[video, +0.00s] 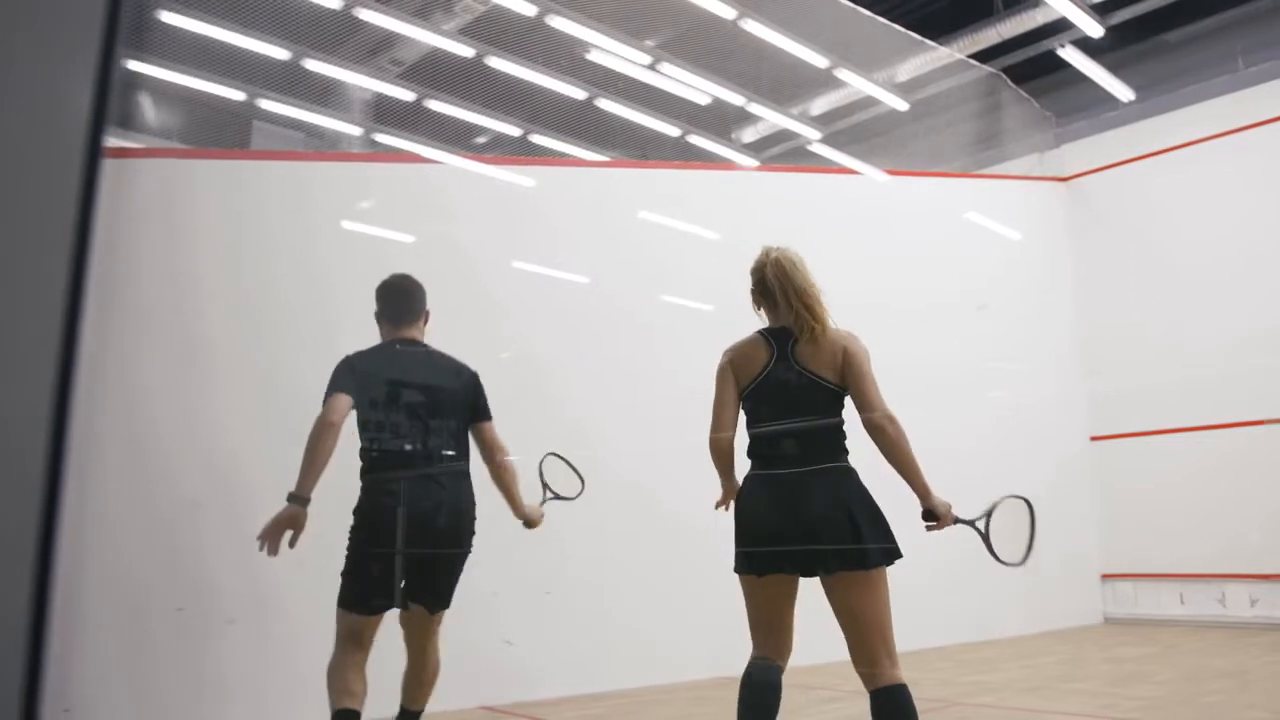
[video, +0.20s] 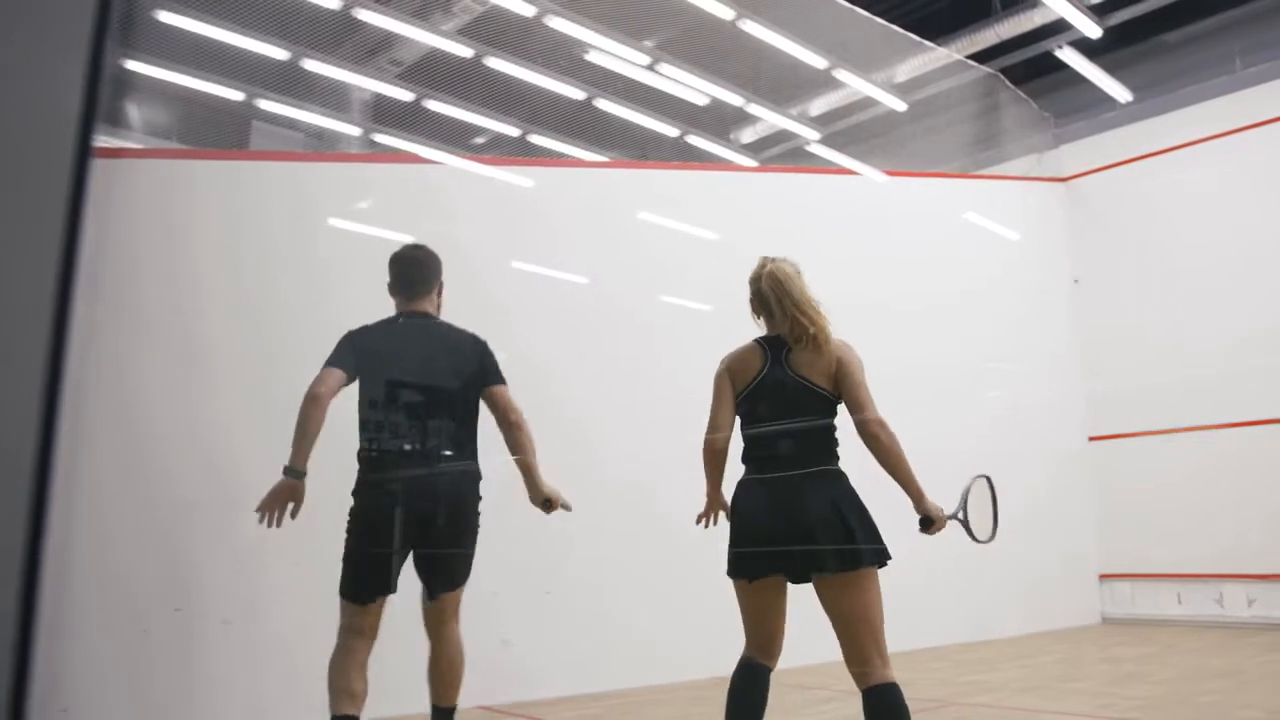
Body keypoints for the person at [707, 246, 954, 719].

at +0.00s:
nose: (759, 300)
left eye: (757, 294)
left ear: (759, 297)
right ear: (809, 289)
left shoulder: (738, 357)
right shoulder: (843, 346)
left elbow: (720, 438)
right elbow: (878, 420)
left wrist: (729, 484)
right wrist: (927, 495)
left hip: (765, 512)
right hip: (838, 506)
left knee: (767, 654)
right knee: (880, 668)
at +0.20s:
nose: (754, 308)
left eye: (753, 302)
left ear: (757, 305)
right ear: (804, 296)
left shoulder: (736, 364)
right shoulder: (837, 354)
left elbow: (716, 438)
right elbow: (871, 427)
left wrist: (714, 492)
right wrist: (920, 498)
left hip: (757, 515)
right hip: (827, 509)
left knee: (758, 651)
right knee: (871, 668)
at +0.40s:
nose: (745, 317)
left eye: (743, 310)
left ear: (742, 315)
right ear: (789, 307)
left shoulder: (718, 374)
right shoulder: (814, 366)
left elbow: (701, 448)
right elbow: (848, 441)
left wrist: (696, 511)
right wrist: (899, 507)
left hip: (739, 522)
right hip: (805, 517)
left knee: (747, 650)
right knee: (856, 665)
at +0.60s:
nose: (763, 316)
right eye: (763, 308)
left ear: (716, 317)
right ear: (763, 313)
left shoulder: (689, 376)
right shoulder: (781, 373)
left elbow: (670, 450)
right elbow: (819, 442)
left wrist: (669, 517)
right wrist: (874, 504)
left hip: (708, 526)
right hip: (772, 520)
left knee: (733, 649)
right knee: (833, 650)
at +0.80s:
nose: (738, 308)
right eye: (737, 300)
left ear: (689, 305)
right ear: (736, 304)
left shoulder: (662, 363)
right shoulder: (756, 362)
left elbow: (641, 437)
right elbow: (802, 429)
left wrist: (636, 497)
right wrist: (852, 486)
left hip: (682, 513)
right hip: (746, 506)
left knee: (707, 641)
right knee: (782, 637)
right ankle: (808, 715)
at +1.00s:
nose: (712, 299)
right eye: (711, 292)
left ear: (662, 299)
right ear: (709, 298)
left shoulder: (641, 350)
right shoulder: (738, 356)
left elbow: (623, 426)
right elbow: (792, 422)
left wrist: (605, 484)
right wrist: (831, 475)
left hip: (657, 495)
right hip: (722, 492)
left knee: (667, 632)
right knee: (733, 630)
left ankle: (671, 717)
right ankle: (755, 716)